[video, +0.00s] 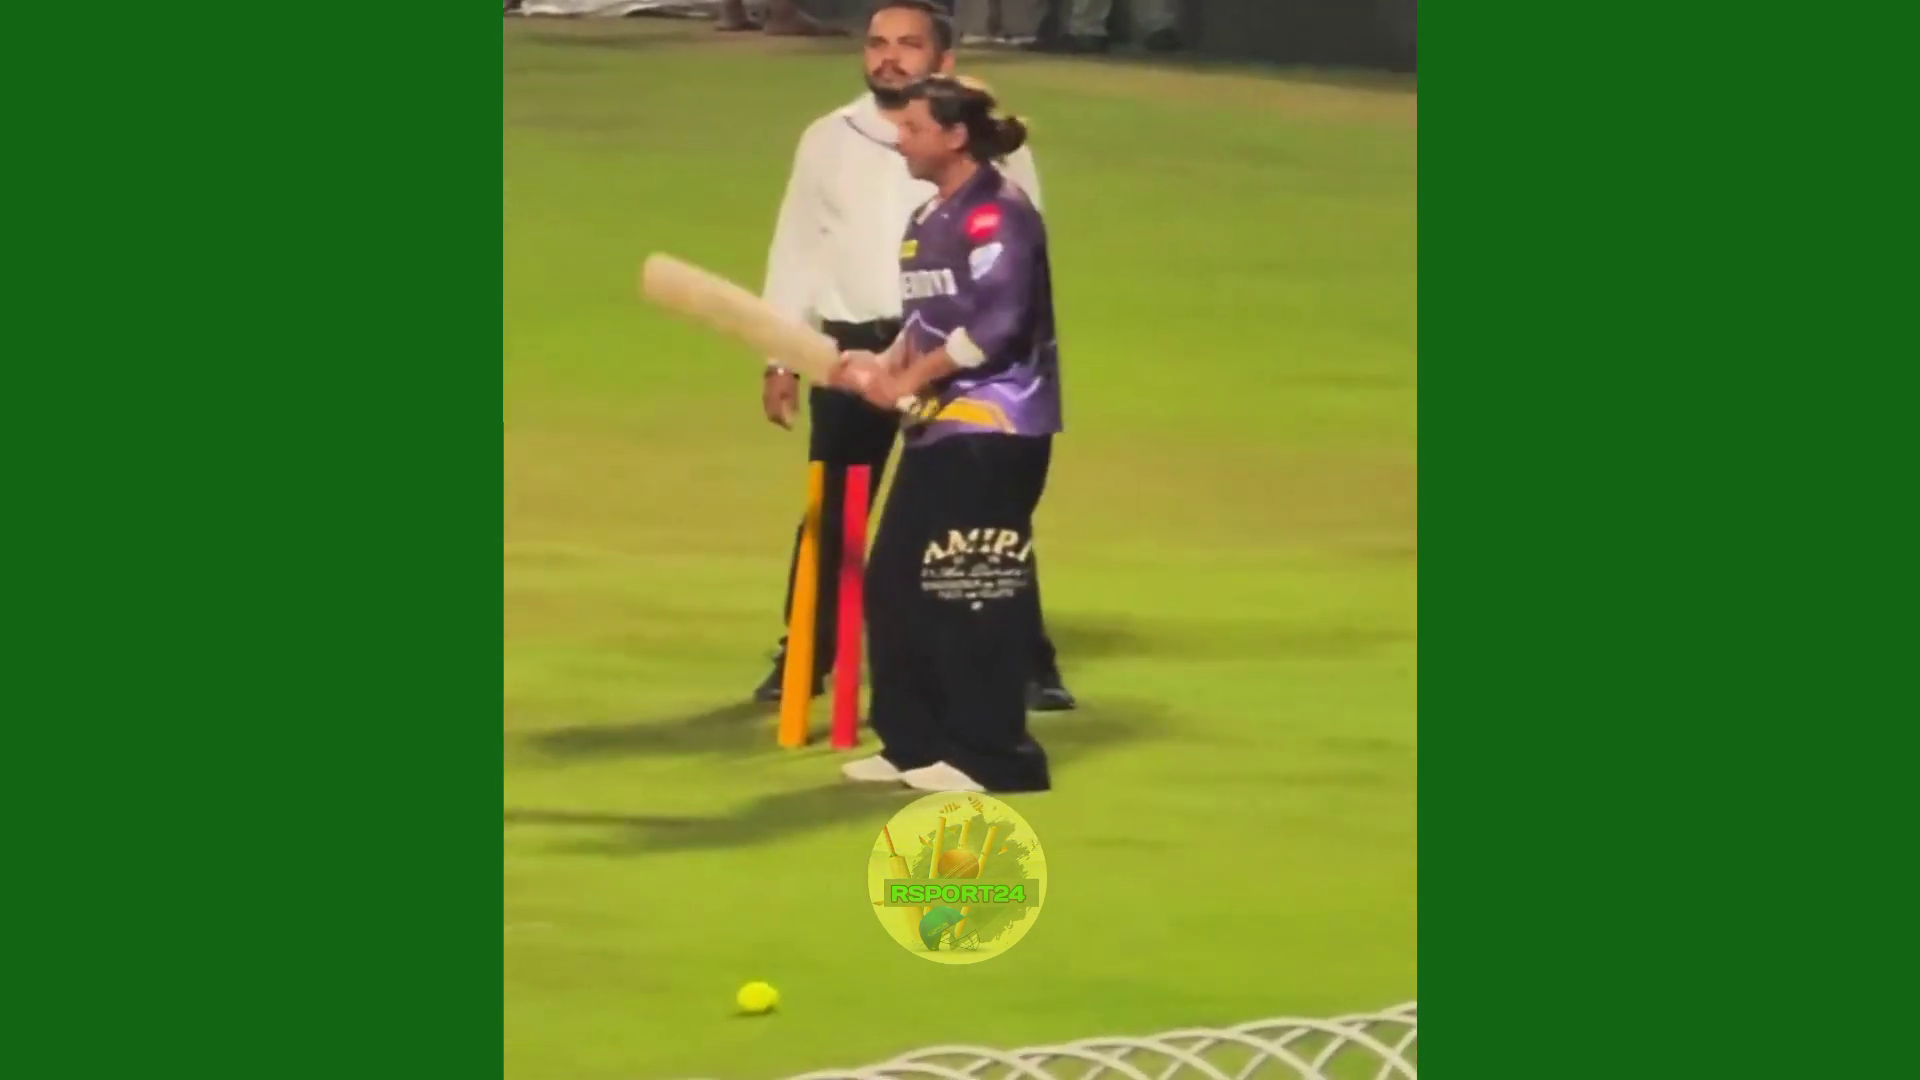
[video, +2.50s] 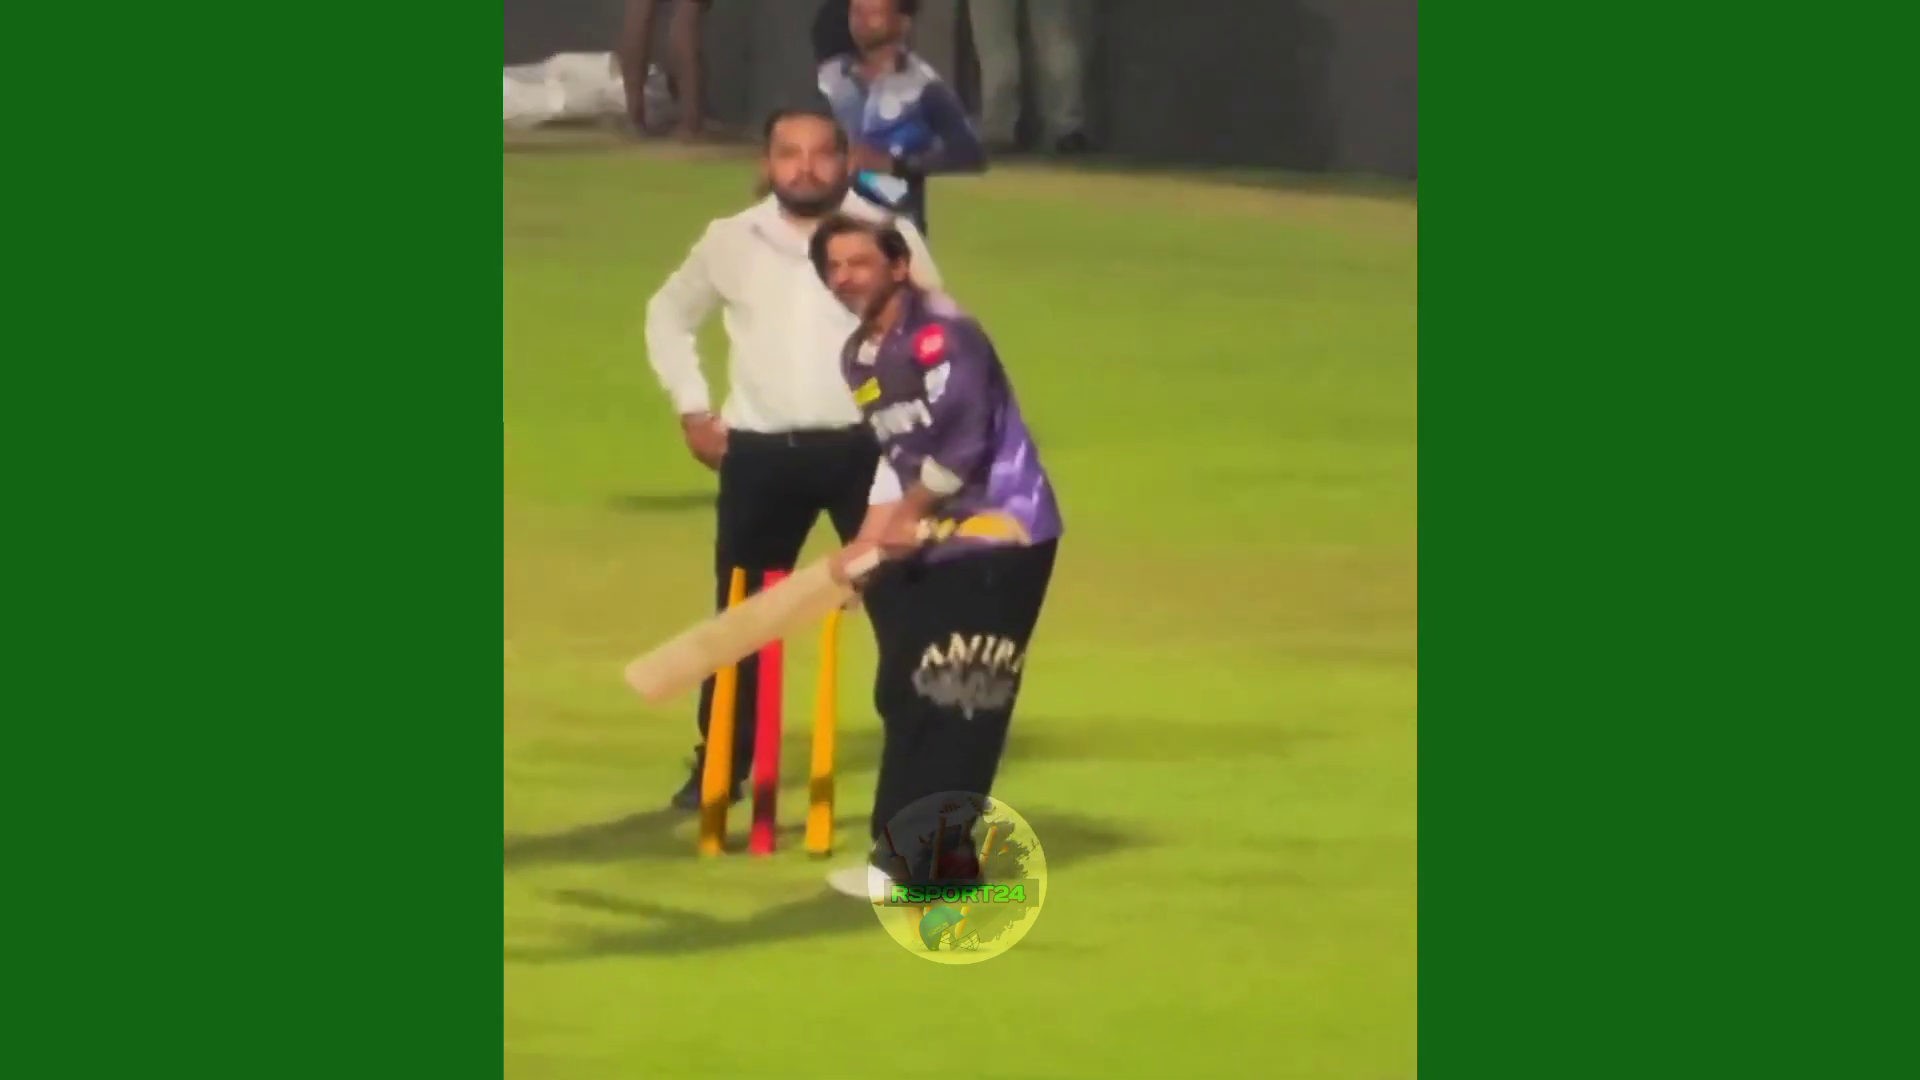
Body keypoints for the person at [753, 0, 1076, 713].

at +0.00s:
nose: (888, 58)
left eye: (906, 44)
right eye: (877, 44)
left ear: (943, 57)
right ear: (862, 53)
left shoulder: (987, 137)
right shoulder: (827, 139)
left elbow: (1023, 249)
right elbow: (794, 249)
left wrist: (996, 345)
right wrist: (784, 359)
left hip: (955, 346)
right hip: (850, 343)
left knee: (994, 518)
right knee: (834, 522)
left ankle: (1031, 665)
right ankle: (802, 664)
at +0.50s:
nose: (888, 63)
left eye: (906, 51)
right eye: (877, 49)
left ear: (938, 64)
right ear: (861, 56)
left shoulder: (960, 143)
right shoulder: (818, 139)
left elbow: (1000, 260)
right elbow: (764, 235)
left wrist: (975, 372)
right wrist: (758, 336)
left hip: (936, 352)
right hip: (837, 352)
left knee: (981, 519)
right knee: (819, 521)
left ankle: (1021, 669)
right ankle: (794, 666)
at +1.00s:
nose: (873, 77)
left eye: (891, 64)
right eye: (861, 63)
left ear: (924, 74)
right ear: (846, 70)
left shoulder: (951, 151)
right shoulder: (805, 149)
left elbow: (1000, 258)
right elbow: (745, 224)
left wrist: (974, 351)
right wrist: (770, 316)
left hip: (931, 362)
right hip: (829, 363)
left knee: (974, 526)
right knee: (809, 526)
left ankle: (1013, 681)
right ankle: (788, 674)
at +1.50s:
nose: (852, 118)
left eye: (870, 104)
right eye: (839, 104)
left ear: (902, 113)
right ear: (823, 112)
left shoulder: (934, 188)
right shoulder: (786, 190)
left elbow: (989, 285)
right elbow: (732, 264)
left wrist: (965, 394)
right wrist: (758, 353)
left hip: (916, 402)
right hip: (814, 402)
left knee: (963, 572)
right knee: (791, 568)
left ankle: (993, 725)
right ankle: (771, 715)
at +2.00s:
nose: (837, 139)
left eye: (853, 126)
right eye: (822, 126)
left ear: (880, 135)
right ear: (804, 135)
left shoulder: (927, 212)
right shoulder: (765, 216)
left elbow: (973, 324)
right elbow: (708, 290)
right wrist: (733, 383)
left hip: (900, 430)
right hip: (794, 429)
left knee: (945, 603)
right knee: (772, 598)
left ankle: (974, 755)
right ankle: (752, 747)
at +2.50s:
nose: (806, 167)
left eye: (822, 153)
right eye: (790, 154)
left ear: (844, 160)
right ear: (768, 164)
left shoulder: (886, 233)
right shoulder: (731, 241)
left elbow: (944, 330)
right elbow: (666, 316)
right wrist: (695, 412)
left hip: (867, 453)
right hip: (761, 455)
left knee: (907, 616)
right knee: (739, 624)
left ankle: (926, 775)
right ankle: (715, 772)